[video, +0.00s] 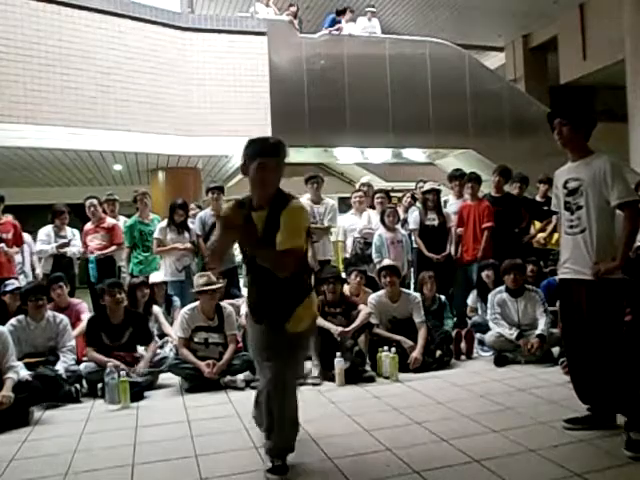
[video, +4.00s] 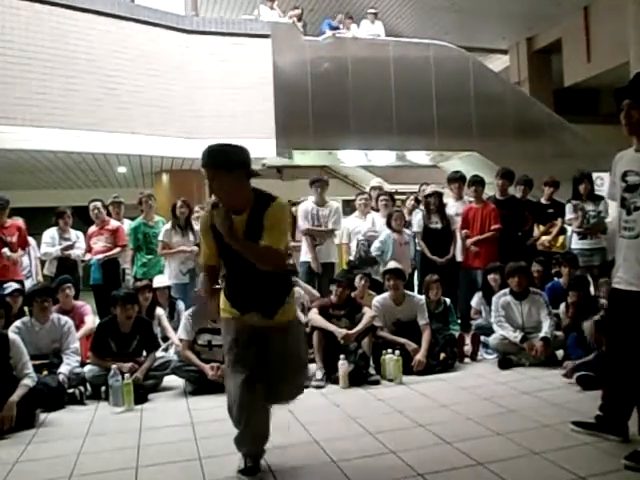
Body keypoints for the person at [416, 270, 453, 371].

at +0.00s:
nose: (429, 287)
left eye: (432, 284)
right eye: (426, 284)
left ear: (435, 286)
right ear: (422, 287)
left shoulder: (441, 300)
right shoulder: (417, 301)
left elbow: (448, 317)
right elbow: (416, 319)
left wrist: (446, 330)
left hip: (439, 331)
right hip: (424, 331)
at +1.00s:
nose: (432, 288)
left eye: (435, 285)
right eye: (429, 284)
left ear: (439, 287)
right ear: (424, 286)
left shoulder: (443, 300)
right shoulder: (418, 299)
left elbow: (449, 319)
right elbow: (416, 317)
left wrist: (450, 331)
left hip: (440, 329)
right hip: (425, 329)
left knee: (446, 336)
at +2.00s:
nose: (435, 291)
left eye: (438, 288)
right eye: (432, 288)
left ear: (442, 290)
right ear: (427, 290)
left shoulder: (446, 303)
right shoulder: (421, 302)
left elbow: (453, 321)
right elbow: (420, 321)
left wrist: (454, 333)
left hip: (444, 331)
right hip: (429, 331)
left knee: (449, 338)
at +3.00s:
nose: (435, 292)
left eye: (437, 288)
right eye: (432, 289)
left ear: (441, 290)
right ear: (427, 291)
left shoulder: (446, 303)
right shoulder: (421, 302)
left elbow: (453, 322)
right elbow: (421, 321)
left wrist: (452, 334)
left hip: (444, 330)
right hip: (429, 331)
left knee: (449, 338)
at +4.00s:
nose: (435, 292)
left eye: (437, 288)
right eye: (432, 289)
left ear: (441, 289)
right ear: (427, 291)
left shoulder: (447, 303)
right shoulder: (421, 303)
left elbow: (453, 322)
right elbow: (421, 322)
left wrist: (452, 334)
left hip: (444, 332)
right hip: (429, 333)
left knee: (449, 339)